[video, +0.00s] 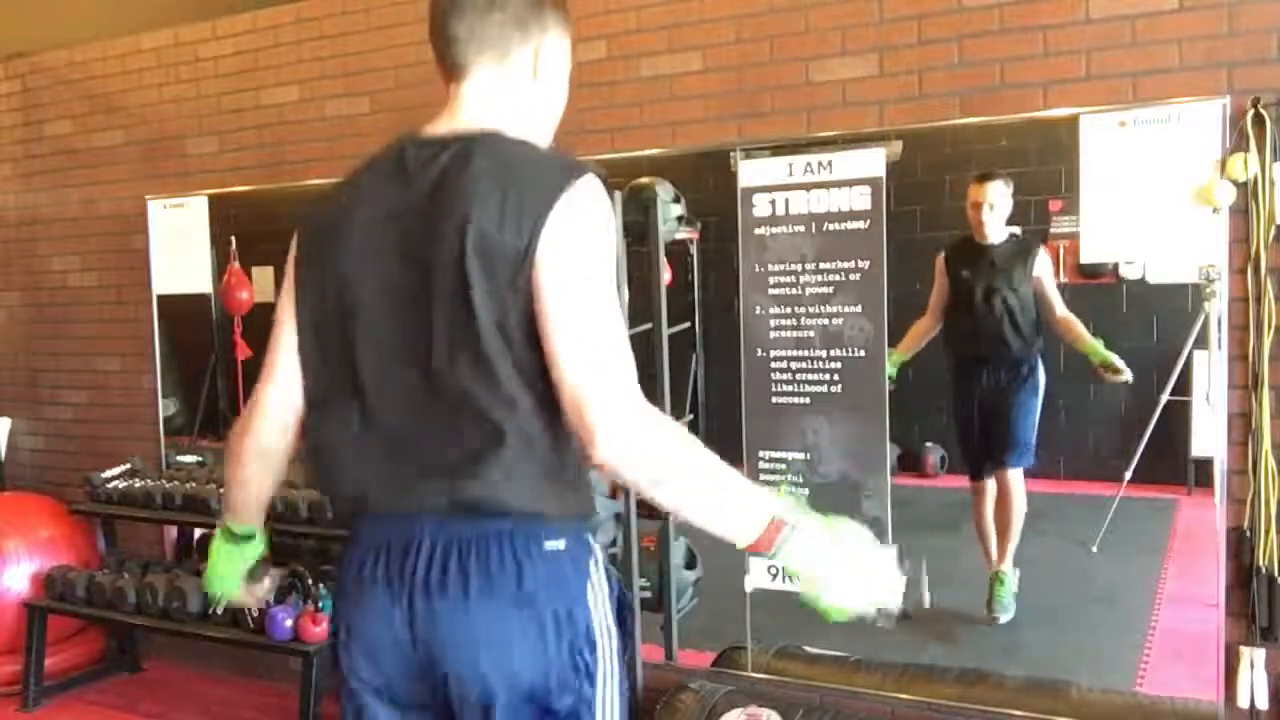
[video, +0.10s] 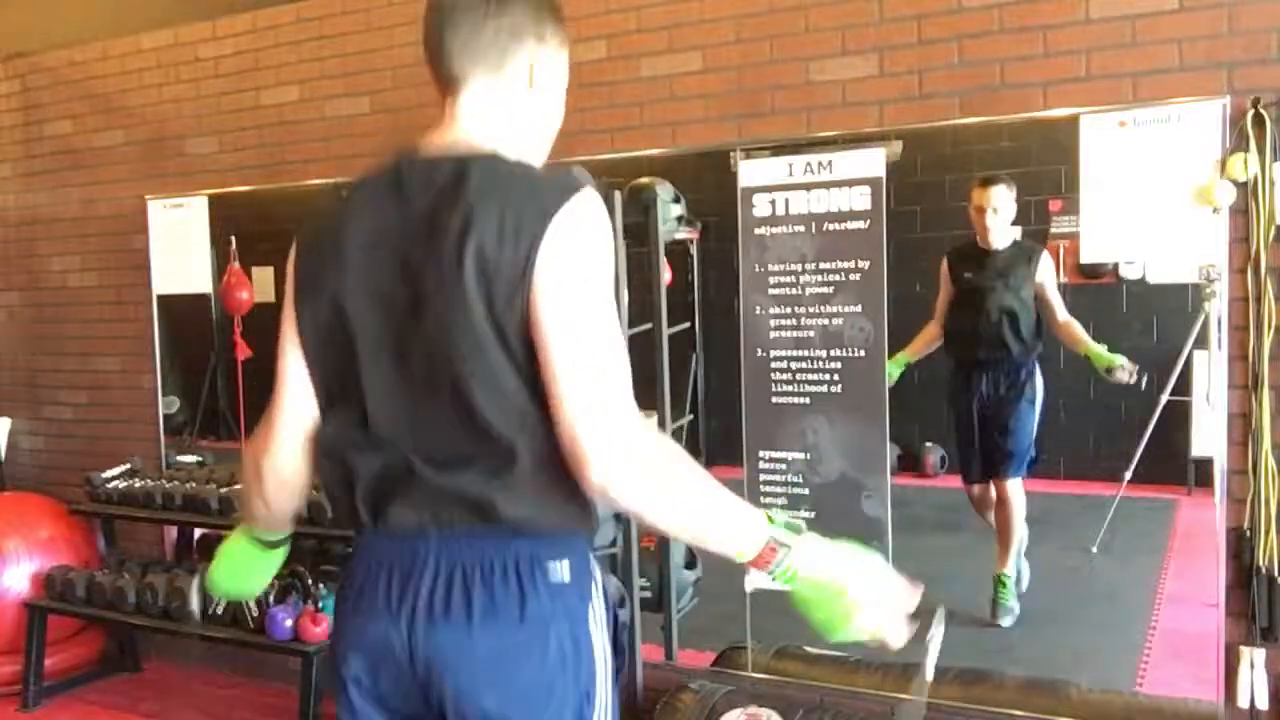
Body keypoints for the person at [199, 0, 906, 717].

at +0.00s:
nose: (567, 85)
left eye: (564, 63)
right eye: (565, 63)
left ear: (445, 61)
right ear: (547, 58)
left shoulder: (333, 215)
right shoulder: (557, 193)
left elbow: (270, 417)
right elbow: (613, 429)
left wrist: (236, 533)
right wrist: (787, 533)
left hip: (376, 577)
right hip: (526, 578)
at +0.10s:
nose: (564, 102)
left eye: (562, 77)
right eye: (562, 76)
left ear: (441, 71)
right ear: (537, 69)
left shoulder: (331, 228)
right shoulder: (550, 208)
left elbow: (283, 443)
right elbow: (613, 455)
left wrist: (264, 528)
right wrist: (790, 556)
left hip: (375, 592)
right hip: (524, 600)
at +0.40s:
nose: (568, 65)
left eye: (564, 43)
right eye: (565, 42)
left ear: (441, 46)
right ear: (540, 40)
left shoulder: (331, 203)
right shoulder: (560, 186)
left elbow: (261, 417)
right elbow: (617, 430)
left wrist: (224, 525)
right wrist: (790, 543)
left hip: (354, 567)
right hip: (499, 585)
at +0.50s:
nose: (563, 79)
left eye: (561, 55)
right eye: (562, 54)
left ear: (435, 54)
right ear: (538, 50)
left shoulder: (329, 207)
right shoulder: (558, 193)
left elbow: (255, 441)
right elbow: (608, 446)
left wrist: (235, 510)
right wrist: (784, 546)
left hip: (356, 566)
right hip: (502, 583)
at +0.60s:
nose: (561, 154)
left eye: (557, 130)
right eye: (558, 130)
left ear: (435, 132)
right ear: (535, 127)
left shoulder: (331, 289)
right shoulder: (555, 284)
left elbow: (259, 500)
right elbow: (621, 528)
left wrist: (371, 445)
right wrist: (804, 522)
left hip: (356, 646)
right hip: (502, 657)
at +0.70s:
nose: (556, 156)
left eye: (551, 129)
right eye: (552, 128)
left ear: (429, 131)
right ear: (524, 123)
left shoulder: (328, 293)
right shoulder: (551, 279)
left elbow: (256, 501)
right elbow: (634, 516)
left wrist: (367, 455)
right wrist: (813, 507)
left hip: (352, 655)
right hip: (502, 669)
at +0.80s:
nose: (545, 72)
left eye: (540, 48)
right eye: (540, 46)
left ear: (416, 54)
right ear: (516, 43)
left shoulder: (331, 222)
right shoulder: (540, 190)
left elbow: (271, 435)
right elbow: (607, 432)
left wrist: (252, 539)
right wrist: (777, 530)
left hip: (353, 563)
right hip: (491, 572)